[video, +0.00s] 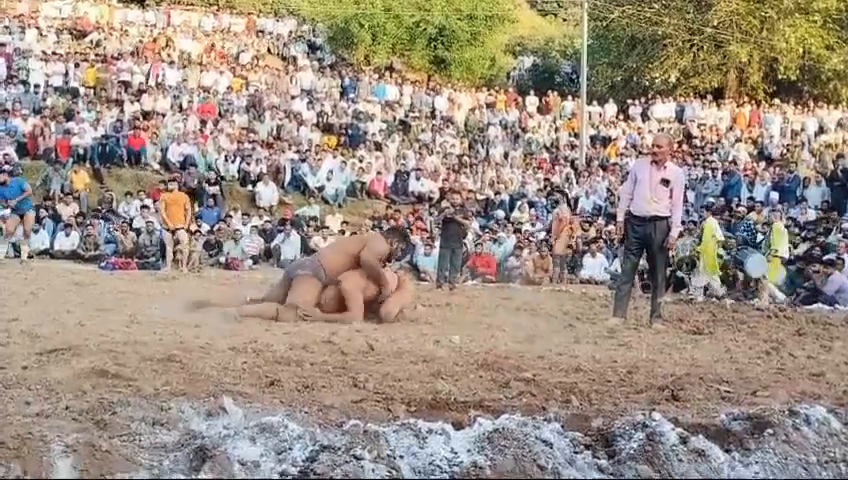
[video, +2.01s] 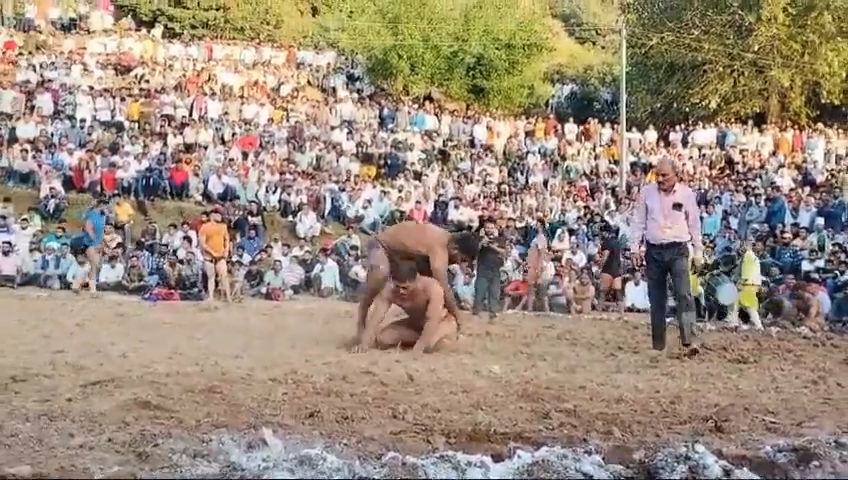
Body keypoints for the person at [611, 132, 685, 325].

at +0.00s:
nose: (654, 150)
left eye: (659, 147)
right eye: (653, 146)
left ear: (670, 149)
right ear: (651, 146)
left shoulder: (676, 173)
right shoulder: (639, 165)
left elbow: (677, 205)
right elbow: (626, 192)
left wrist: (674, 232)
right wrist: (620, 218)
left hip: (660, 221)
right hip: (635, 219)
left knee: (658, 273)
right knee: (627, 269)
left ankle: (656, 315)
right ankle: (619, 314)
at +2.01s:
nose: (660, 179)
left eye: (665, 175)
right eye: (658, 175)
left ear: (676, 174)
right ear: (655, 174)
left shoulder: (686, 194)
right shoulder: (646, 193)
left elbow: (694, 224)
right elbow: (639, 222)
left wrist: (698, 250)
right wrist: (635, 247)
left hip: (678, 248)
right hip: (653, 249)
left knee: (683, 294)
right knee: (656, 300)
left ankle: (688, 342)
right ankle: (658, 345)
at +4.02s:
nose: (637, 151)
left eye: (640, 145)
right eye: (634, 146)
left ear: (655, 140)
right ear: (633, 144)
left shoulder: (676, 160)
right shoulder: (634, 165)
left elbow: (684, 199)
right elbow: (633, 200)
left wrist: (670, 223)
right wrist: (631, 228)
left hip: (669, 235)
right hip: (639, 235)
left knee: (675, 299)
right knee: (640, 297)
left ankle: (683, 356)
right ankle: (642, 356)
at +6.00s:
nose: (404, 124)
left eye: (402, 117)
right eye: (402, 118)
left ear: (408, 112)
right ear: (426, 107)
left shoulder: (424, 133)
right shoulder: (461, 125)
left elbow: (428, 180)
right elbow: (484, 167)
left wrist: (419, 226)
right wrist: (492, 202)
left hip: (457, 209)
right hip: (486, 208)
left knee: (428, 288)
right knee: (488, 287)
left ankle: (430, 360)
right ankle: (517, 354)